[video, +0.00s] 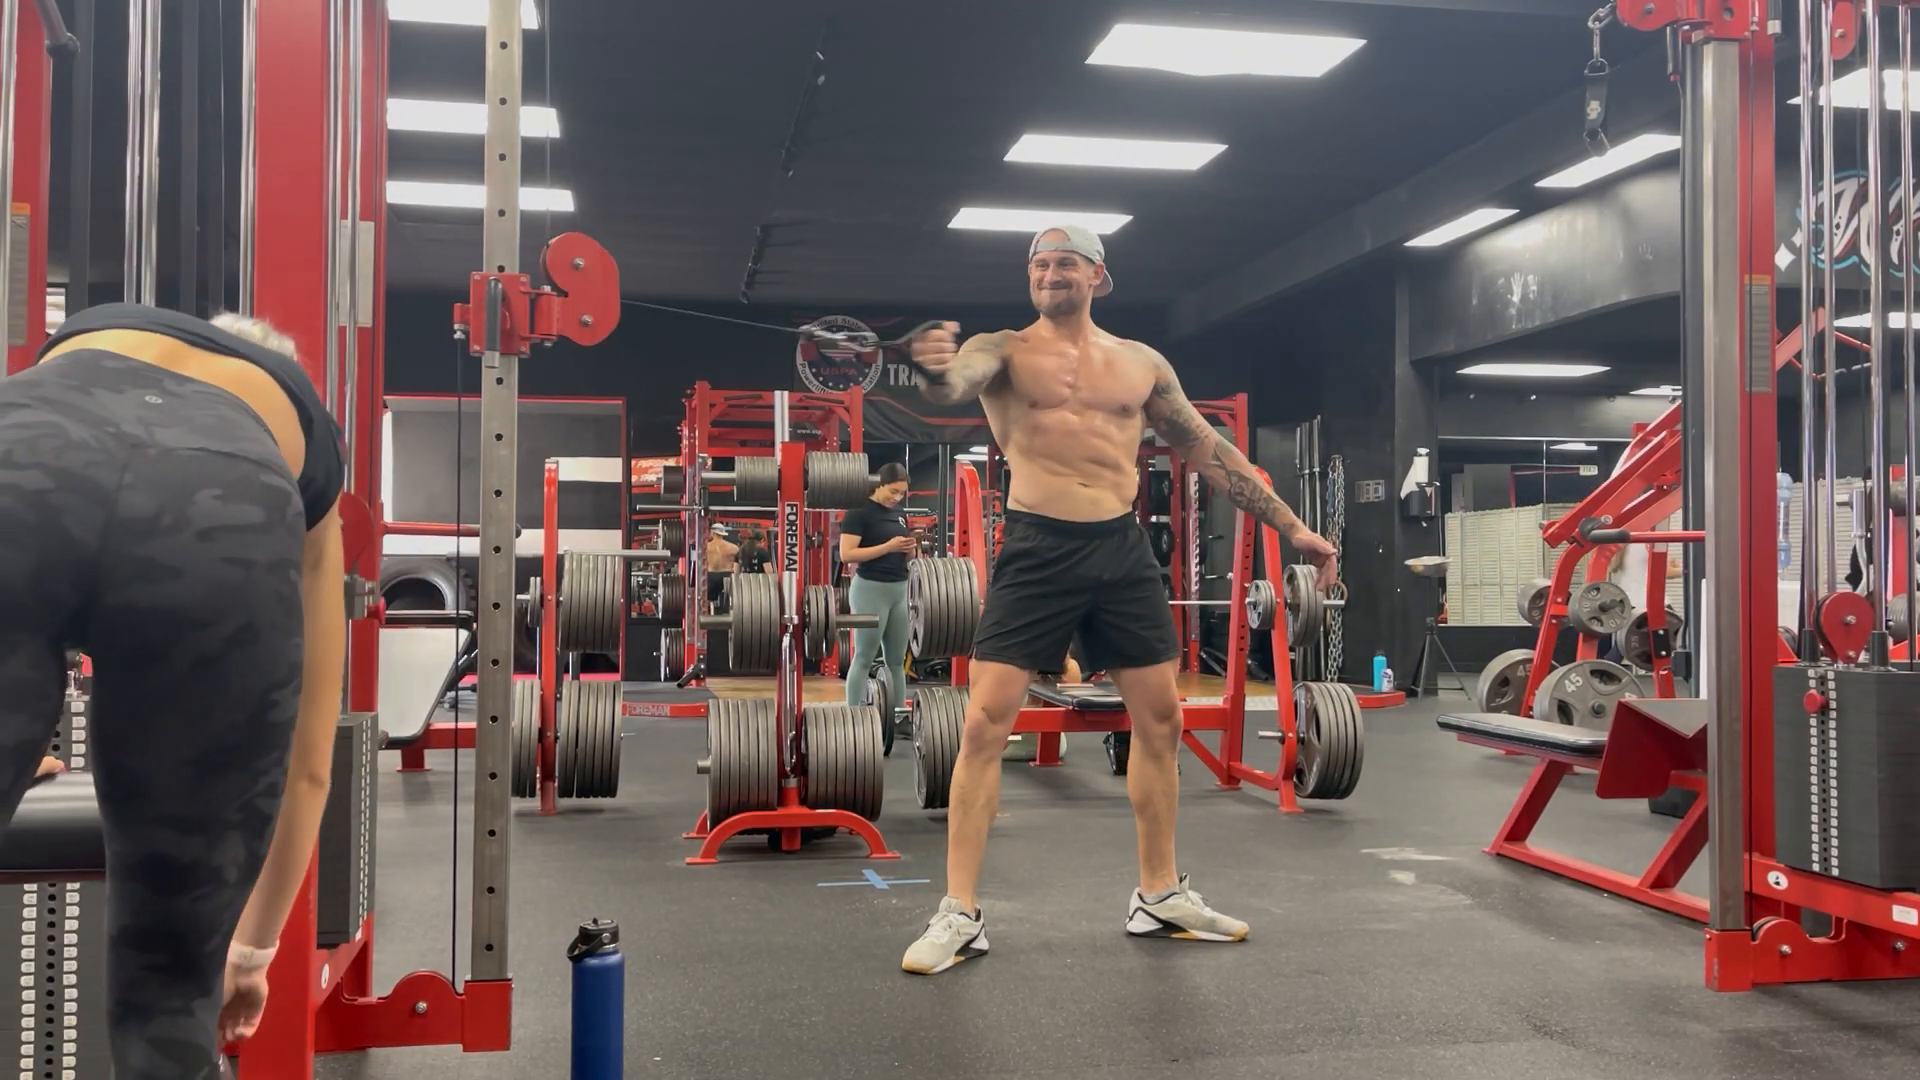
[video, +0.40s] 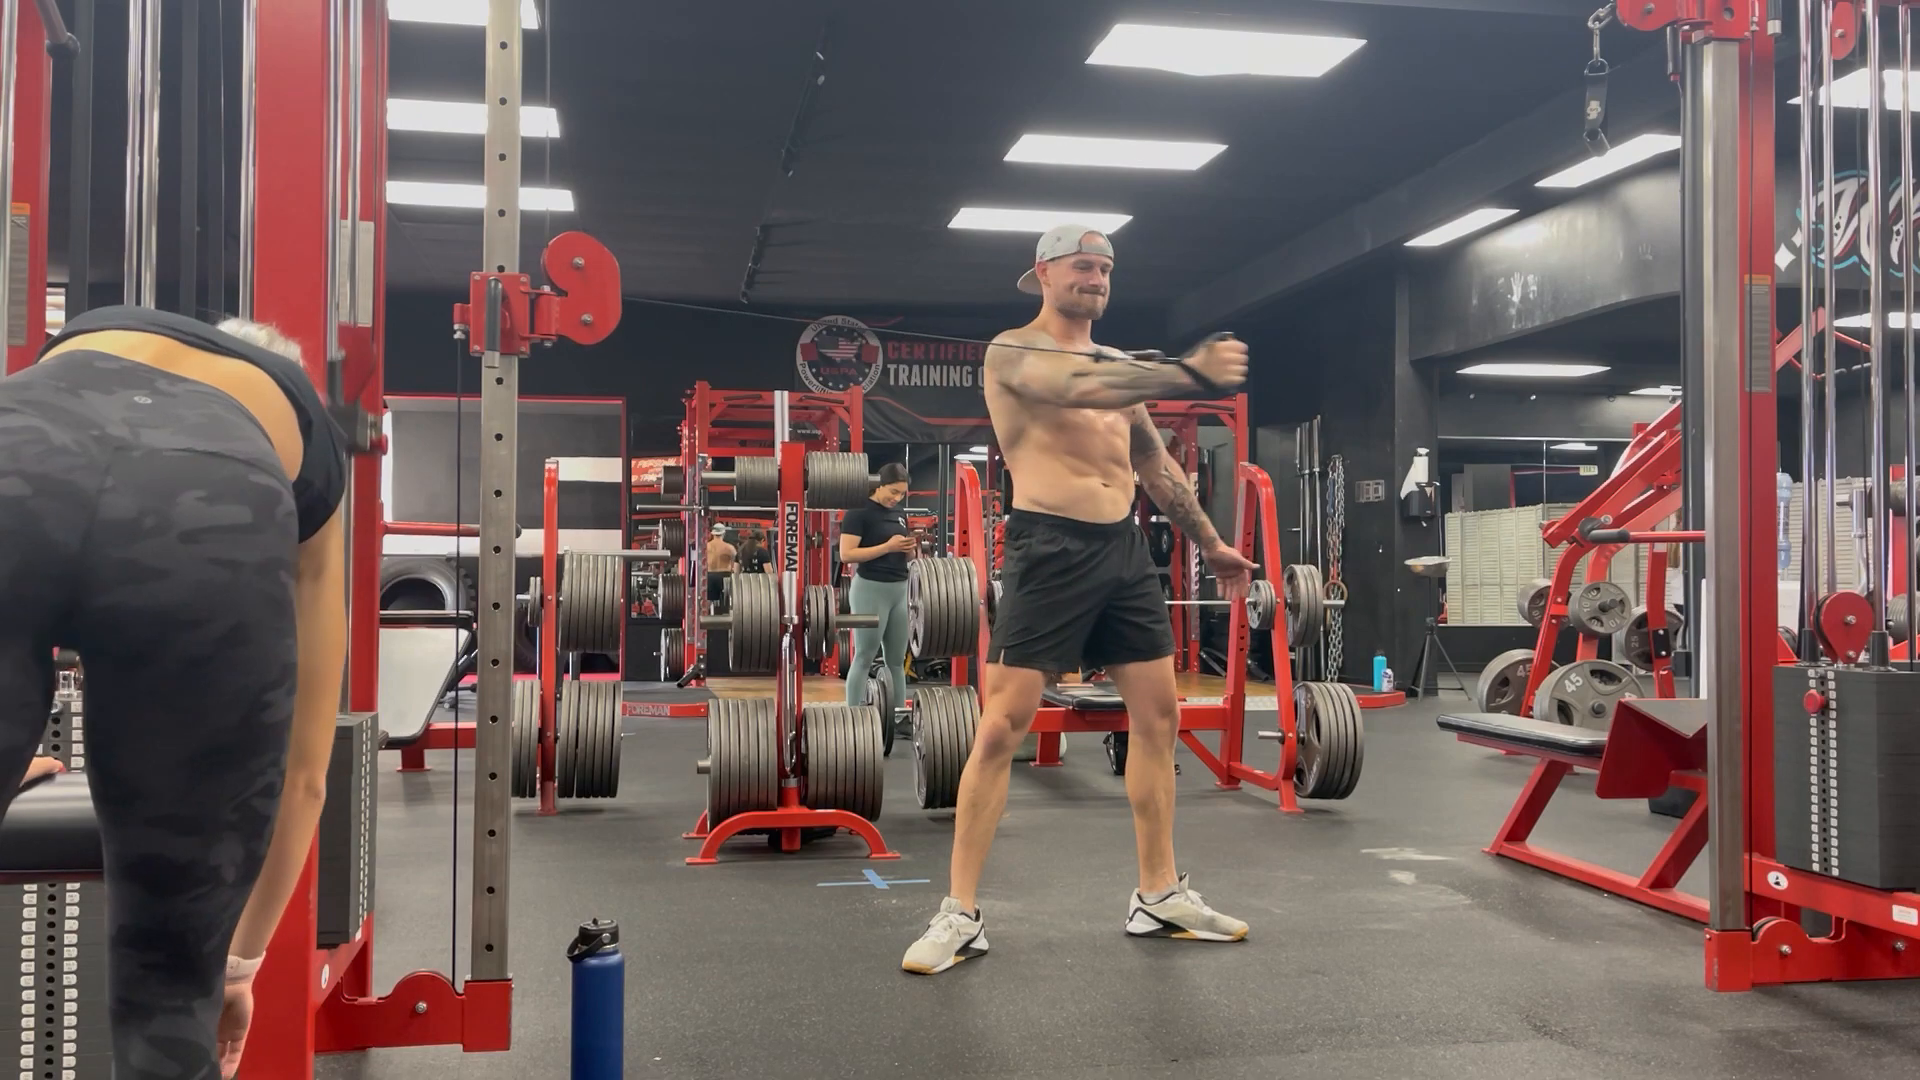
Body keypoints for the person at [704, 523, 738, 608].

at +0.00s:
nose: (711, 535)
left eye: (711, 533)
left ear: (713, 534)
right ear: (723, 534)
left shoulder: (707, 546)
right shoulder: (732, 547)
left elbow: (705, 562)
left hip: (711, 573)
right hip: (726, 573)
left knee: (711, 600)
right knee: (725, 602)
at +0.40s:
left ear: (712, 533)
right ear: (724, 533)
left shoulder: (707, 546)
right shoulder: (729, 548)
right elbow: (734, 562)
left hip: (710, 573)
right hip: (725, 573)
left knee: (711, 601)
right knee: (724, 602)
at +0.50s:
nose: (725, 534)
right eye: (724, 533)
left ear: (713, 533)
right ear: (723, 534)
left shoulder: (708, 545)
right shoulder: (726, 547)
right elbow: (735, 557)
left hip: (710, 572)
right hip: (724, 572)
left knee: (709, 600)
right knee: (724, 600)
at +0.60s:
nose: (726, 535)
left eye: (725, 533)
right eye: (725, 533)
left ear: (714, 533)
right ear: (723, 534)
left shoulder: (708, 545)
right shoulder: (725, 546)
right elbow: (732, 557)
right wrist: (736, 552)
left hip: (711, 572)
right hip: (723, 572)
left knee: (710, 600)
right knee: (724, 600)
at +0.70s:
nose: (726, 534)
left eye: (726, 532)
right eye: (726, 532)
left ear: (715, 533)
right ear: (723, 533)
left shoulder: (709, 545)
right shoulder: (723, 546)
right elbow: (730, 560)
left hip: (711, 572)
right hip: (723, 572)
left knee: (711, 600)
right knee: (724, 600)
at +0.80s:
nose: (727, 535)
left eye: (727, 533)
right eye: (726, 533)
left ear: (716, 534)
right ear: (722, 534)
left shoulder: (709, 545)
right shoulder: (722, 547)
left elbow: (726, 552)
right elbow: (728, 562)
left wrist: (736, 554)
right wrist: (736, 567)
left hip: (711, 572)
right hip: (722, 572)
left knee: (710, 600)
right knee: (724, 600)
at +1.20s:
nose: (727, 535)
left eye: (727, 533)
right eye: (726, 533)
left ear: (716, 534)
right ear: (721, 533)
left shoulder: (709, 545)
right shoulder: (721, 547)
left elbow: (727, 552)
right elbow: (729, 563)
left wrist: (737, 554)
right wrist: (736, 567)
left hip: (711, 572)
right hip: (722, 572)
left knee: (710, 600)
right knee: (724, 600)